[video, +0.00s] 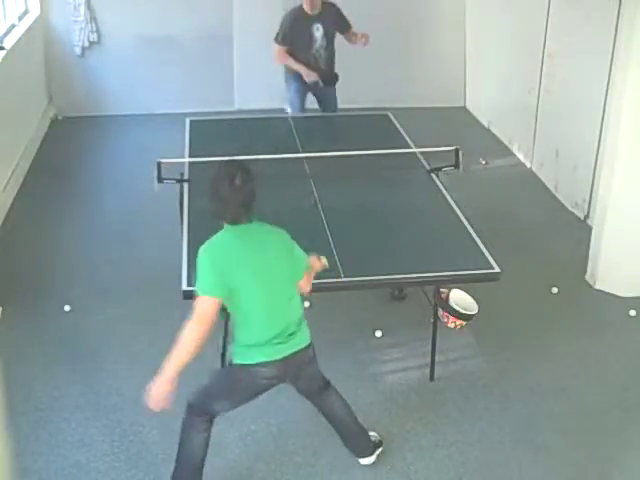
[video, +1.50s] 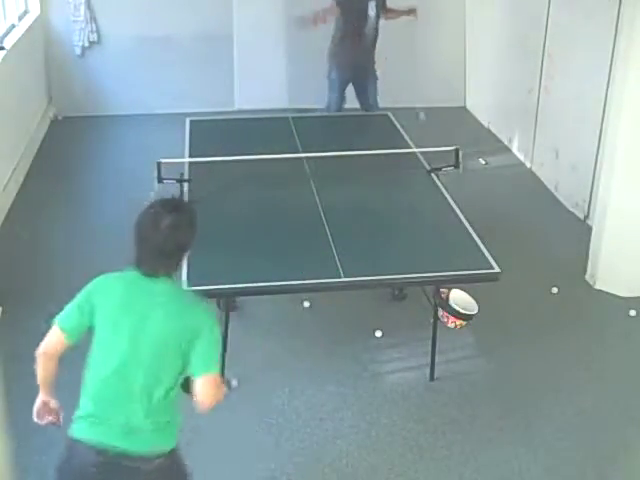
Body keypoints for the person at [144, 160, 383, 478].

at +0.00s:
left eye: (217, 195)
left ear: (216, 201)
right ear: (251, 198)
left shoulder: (213, 251)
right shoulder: (278, 236)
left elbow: (202, 321)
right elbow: (304, 286)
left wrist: (167, 376)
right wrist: (313, 267)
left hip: (255, 365)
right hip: (300, 353)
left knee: (200, 409)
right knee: (323, 391)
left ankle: (184, 475)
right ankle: (365, 448)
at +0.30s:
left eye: (215, 173)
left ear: (212, 180)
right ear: (250, 179)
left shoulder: (195, 228)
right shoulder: (280, 226)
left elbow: (165, 291)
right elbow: (300, 293)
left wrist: (140, 342)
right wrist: (315, 279)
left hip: (222, 353)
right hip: (276, 349)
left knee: (198, 432)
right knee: (300, 423)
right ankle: (320, 477)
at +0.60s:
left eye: (231, 178)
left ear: (227, 183)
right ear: (266, 184)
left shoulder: (205, 234)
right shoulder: (289, 228)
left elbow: (179, 305)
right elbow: (316, 290)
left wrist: (153, 350)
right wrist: (297, 296)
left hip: (219, 371)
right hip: (274, 369)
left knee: (193, 452)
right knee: (306, 445)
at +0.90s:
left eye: (226, 185)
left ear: (227, 192)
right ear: (265, 189)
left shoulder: (218, 251)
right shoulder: (297, 231)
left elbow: (216, 332)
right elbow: (343, 274)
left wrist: (203, 400)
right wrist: (309, 305)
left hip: (240, 384)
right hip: (294, 379)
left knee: (202, 455)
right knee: (318, 449)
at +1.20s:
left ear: (185, 231)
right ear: (228, 234)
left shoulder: (153, 284)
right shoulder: (250, 284)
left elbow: (120, 348)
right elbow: (270, 361)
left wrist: (100, 407)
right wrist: (274, 373)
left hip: (180, 425)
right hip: (241, 420)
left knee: (161, 473)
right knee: (292, 472)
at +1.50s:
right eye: (188, 245)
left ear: (139, 241)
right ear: (185, 252)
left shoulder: (104, 288)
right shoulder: (199, 313)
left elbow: (46, 351)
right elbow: (206, 399)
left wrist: (46, 395)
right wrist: (219, 386)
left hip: (87, 458)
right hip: (153, 464)